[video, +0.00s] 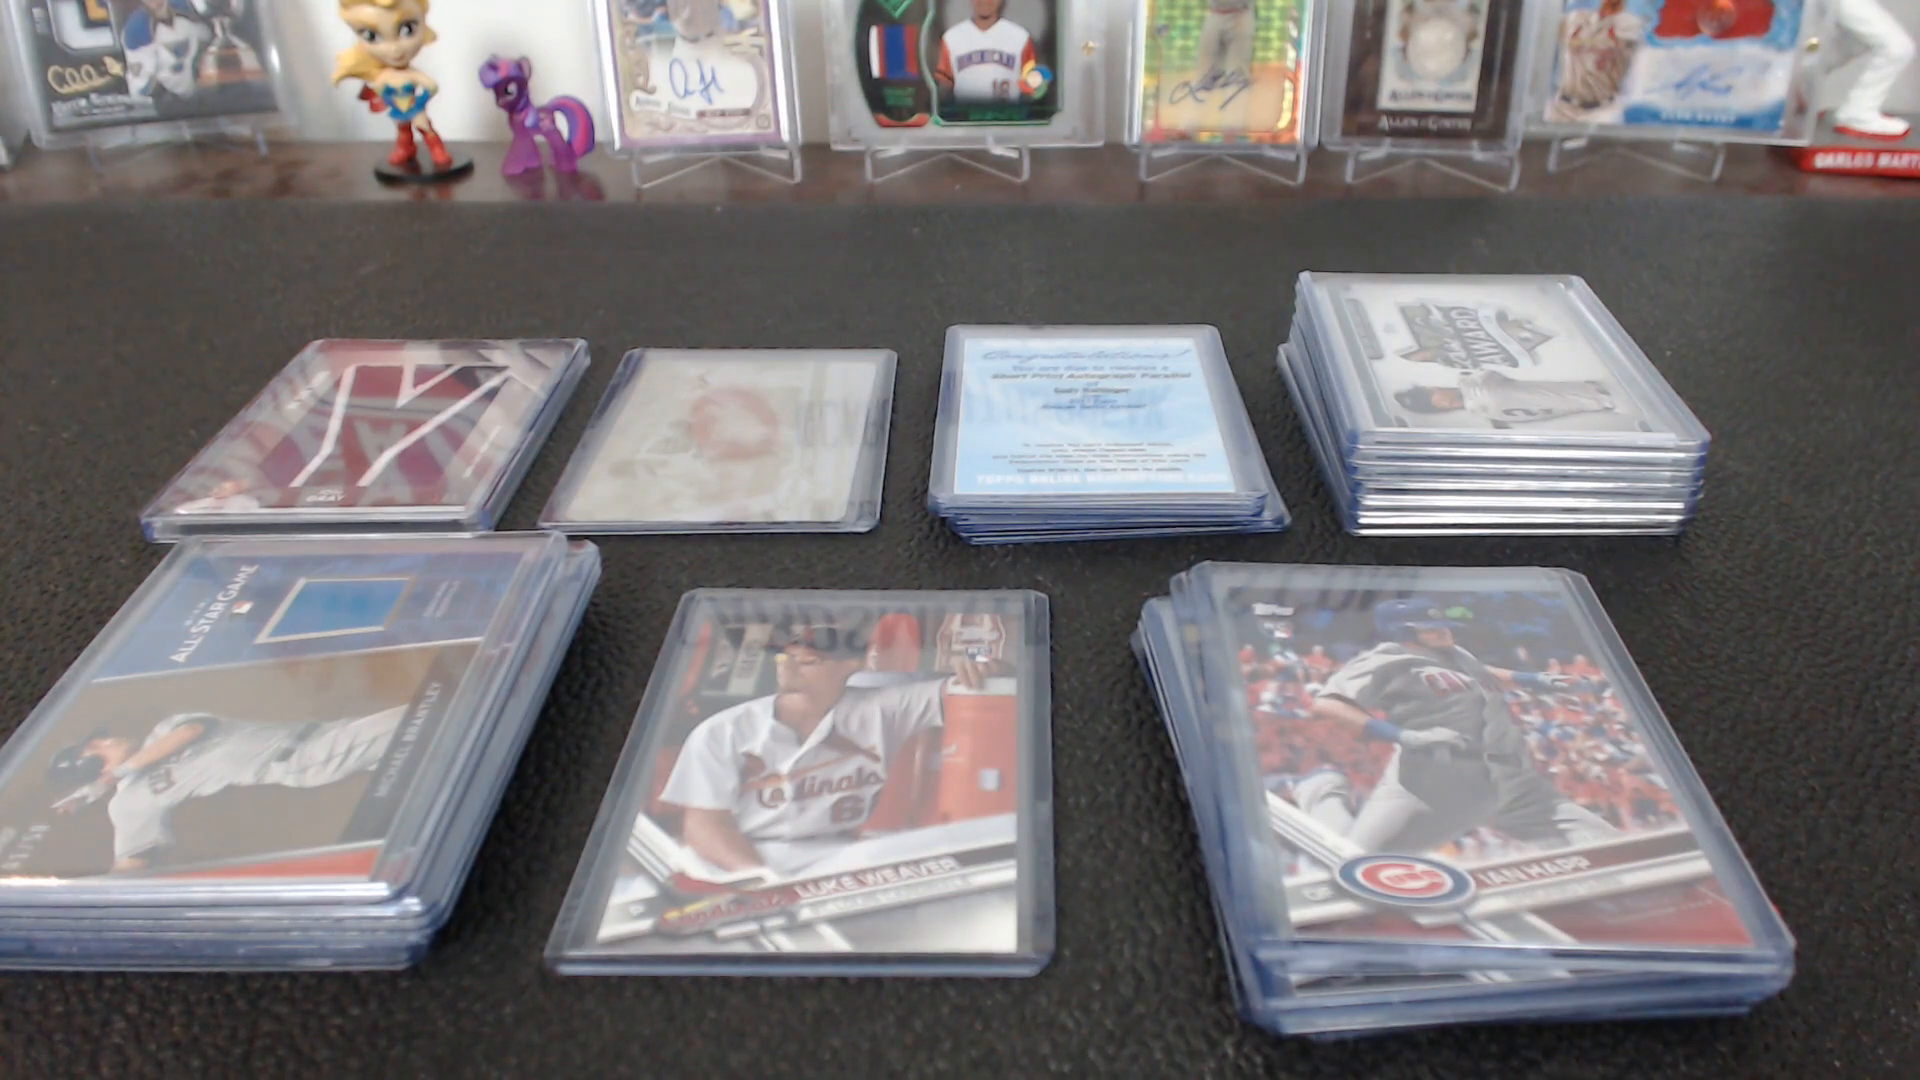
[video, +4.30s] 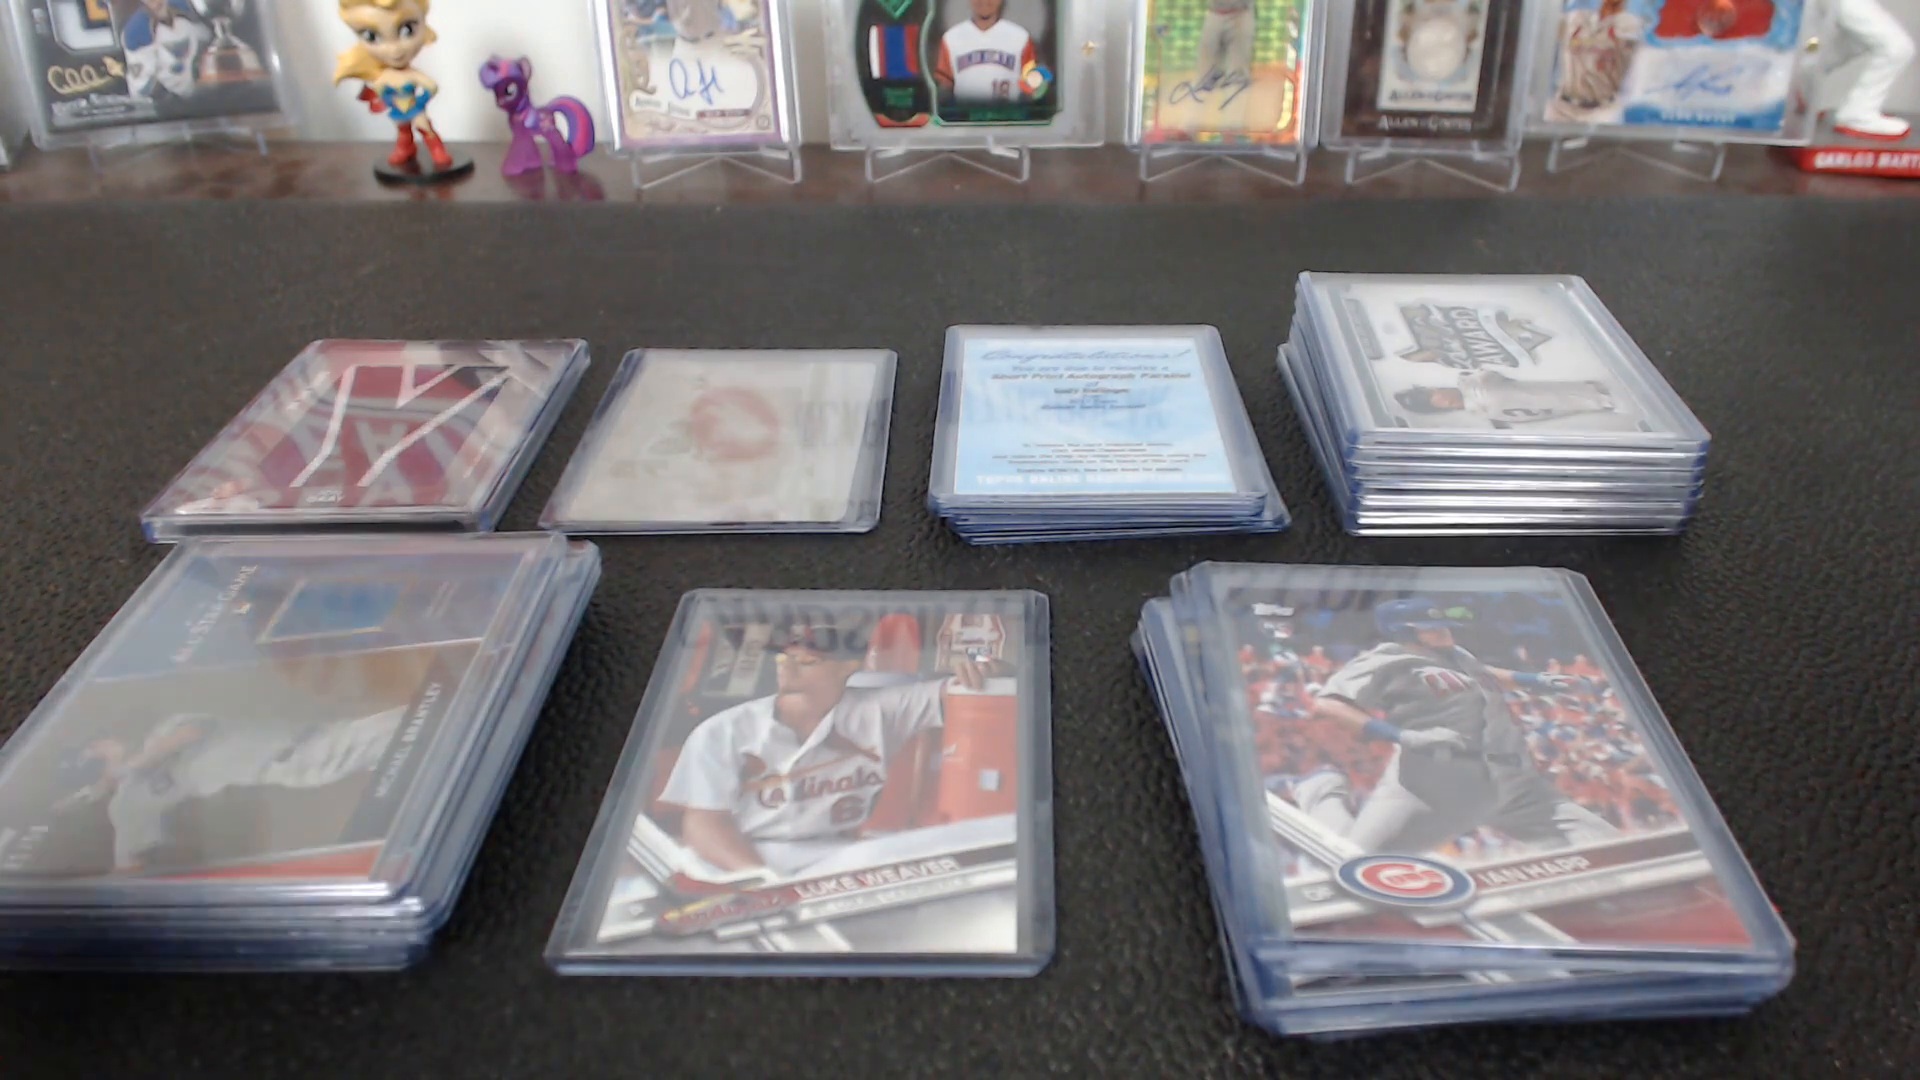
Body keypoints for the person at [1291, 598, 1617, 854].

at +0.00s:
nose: (1446, 630)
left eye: (1446, 622)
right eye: (1434, 623)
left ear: (1447, 625)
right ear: (1406, 629)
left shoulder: (1459, 657)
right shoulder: (1388, 659)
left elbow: (1490, 676)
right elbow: (1328, 704)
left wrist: (1539, 682)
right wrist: (1404, 736)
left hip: (1511, 790)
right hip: (1427, 798)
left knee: (1614, 850)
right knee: (1352, 869)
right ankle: (1321, 792)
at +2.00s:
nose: (1445, 631)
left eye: (1444, 622)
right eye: (1433, 623)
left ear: (1445, 625)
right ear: (1405, 629)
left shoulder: (1458, 657)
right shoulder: (1386, 659)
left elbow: (1490, 677)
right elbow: (1328, 704)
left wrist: (1541, 682)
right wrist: (1404, 736)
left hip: (1508, 788)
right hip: (1429, 794)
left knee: (1610, 847)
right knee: (1351, 870)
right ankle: (1322, 793)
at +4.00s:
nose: (1446, 629)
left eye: (1446, 621)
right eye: (1434, 621)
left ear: (1448, 624)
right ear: (1407, 627)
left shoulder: (1459, 657)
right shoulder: (1386, 660)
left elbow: (1490, 677)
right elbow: (1328, 705)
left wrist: (1539, 682)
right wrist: (1404, 736)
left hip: (1509, 789)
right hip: (1428, 796)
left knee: (1611, 848)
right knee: (1354, 865)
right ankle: (1321, 793)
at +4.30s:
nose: (1446, 629)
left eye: (1447, 620)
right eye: (1434, 620)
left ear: (1449, 623)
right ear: (1406, 625)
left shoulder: (1459, 657)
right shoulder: (1386, 660)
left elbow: (1490, 677)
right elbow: (1328, 705)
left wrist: (1538, 682)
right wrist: (1403, 736)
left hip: (1512, 789)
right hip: (1430, 796)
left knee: (1611, 849)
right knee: (1354, 866)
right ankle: (1321, 793)